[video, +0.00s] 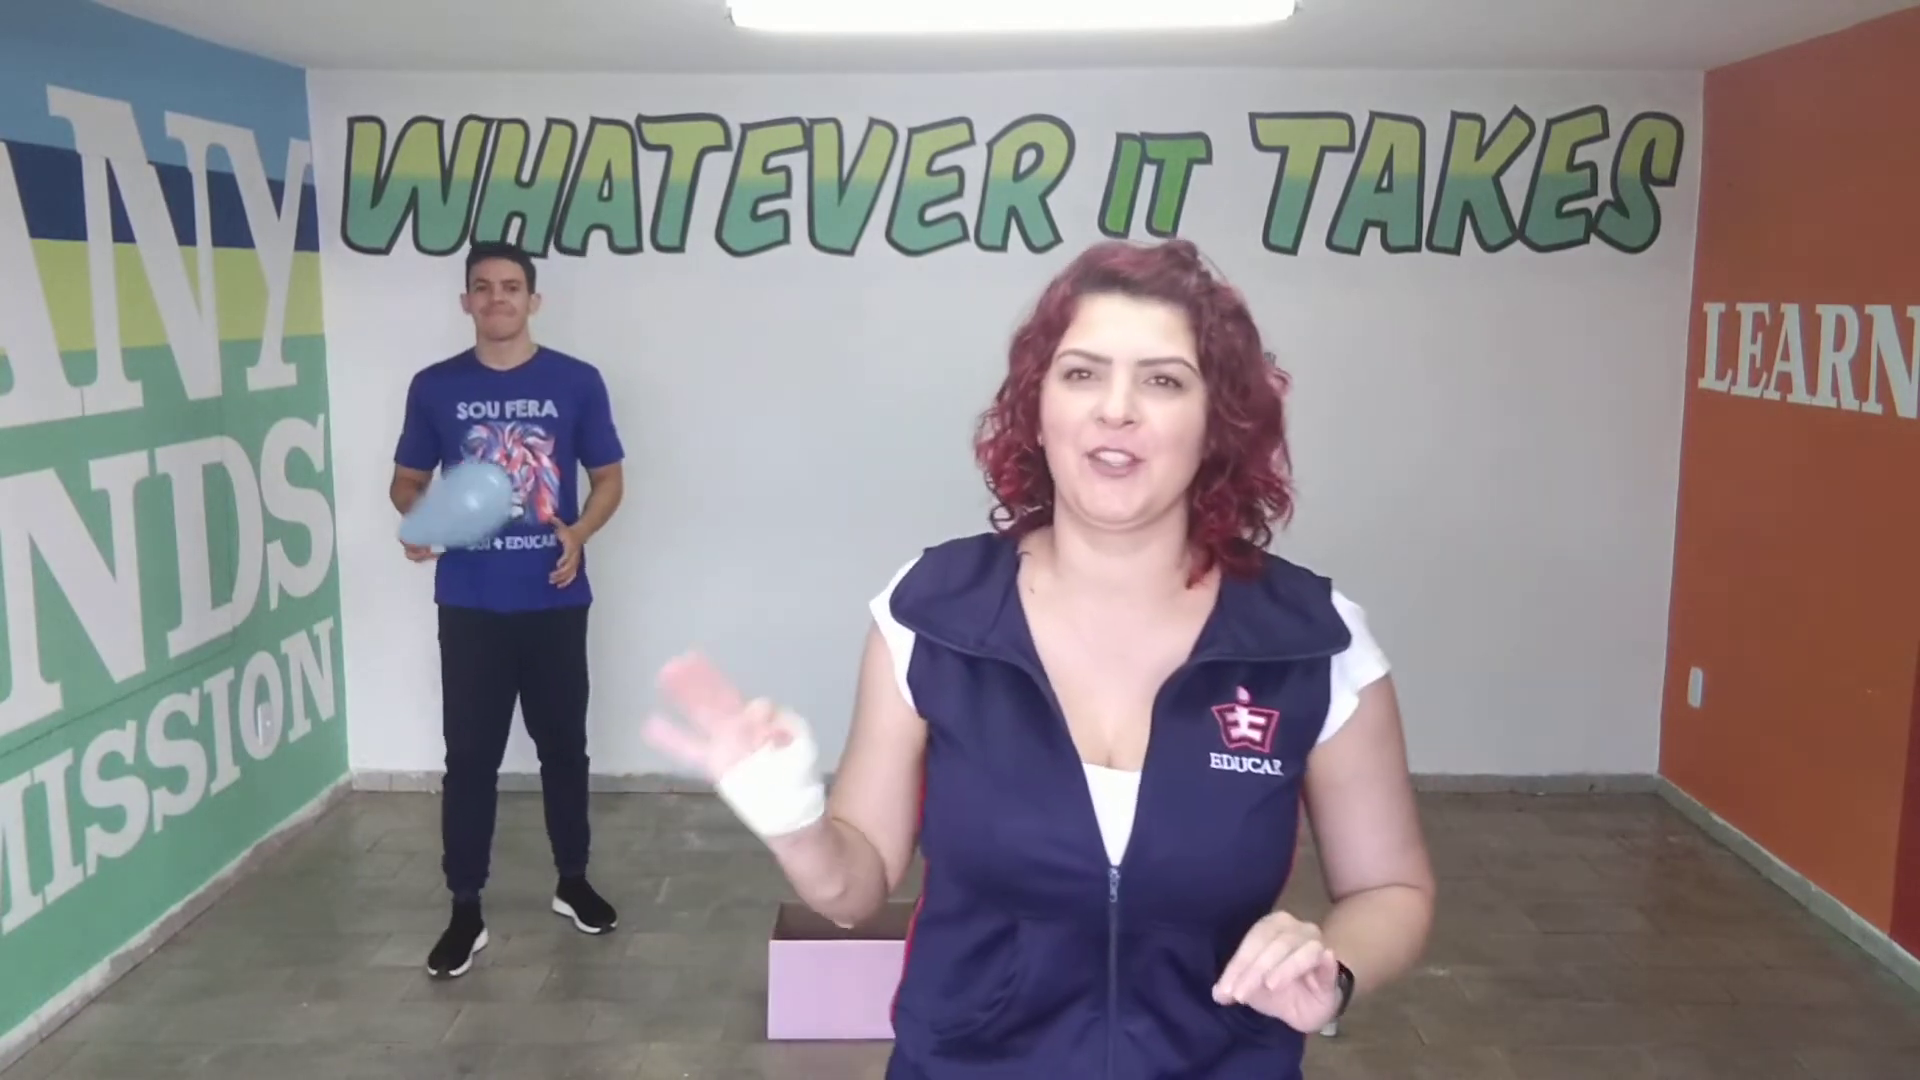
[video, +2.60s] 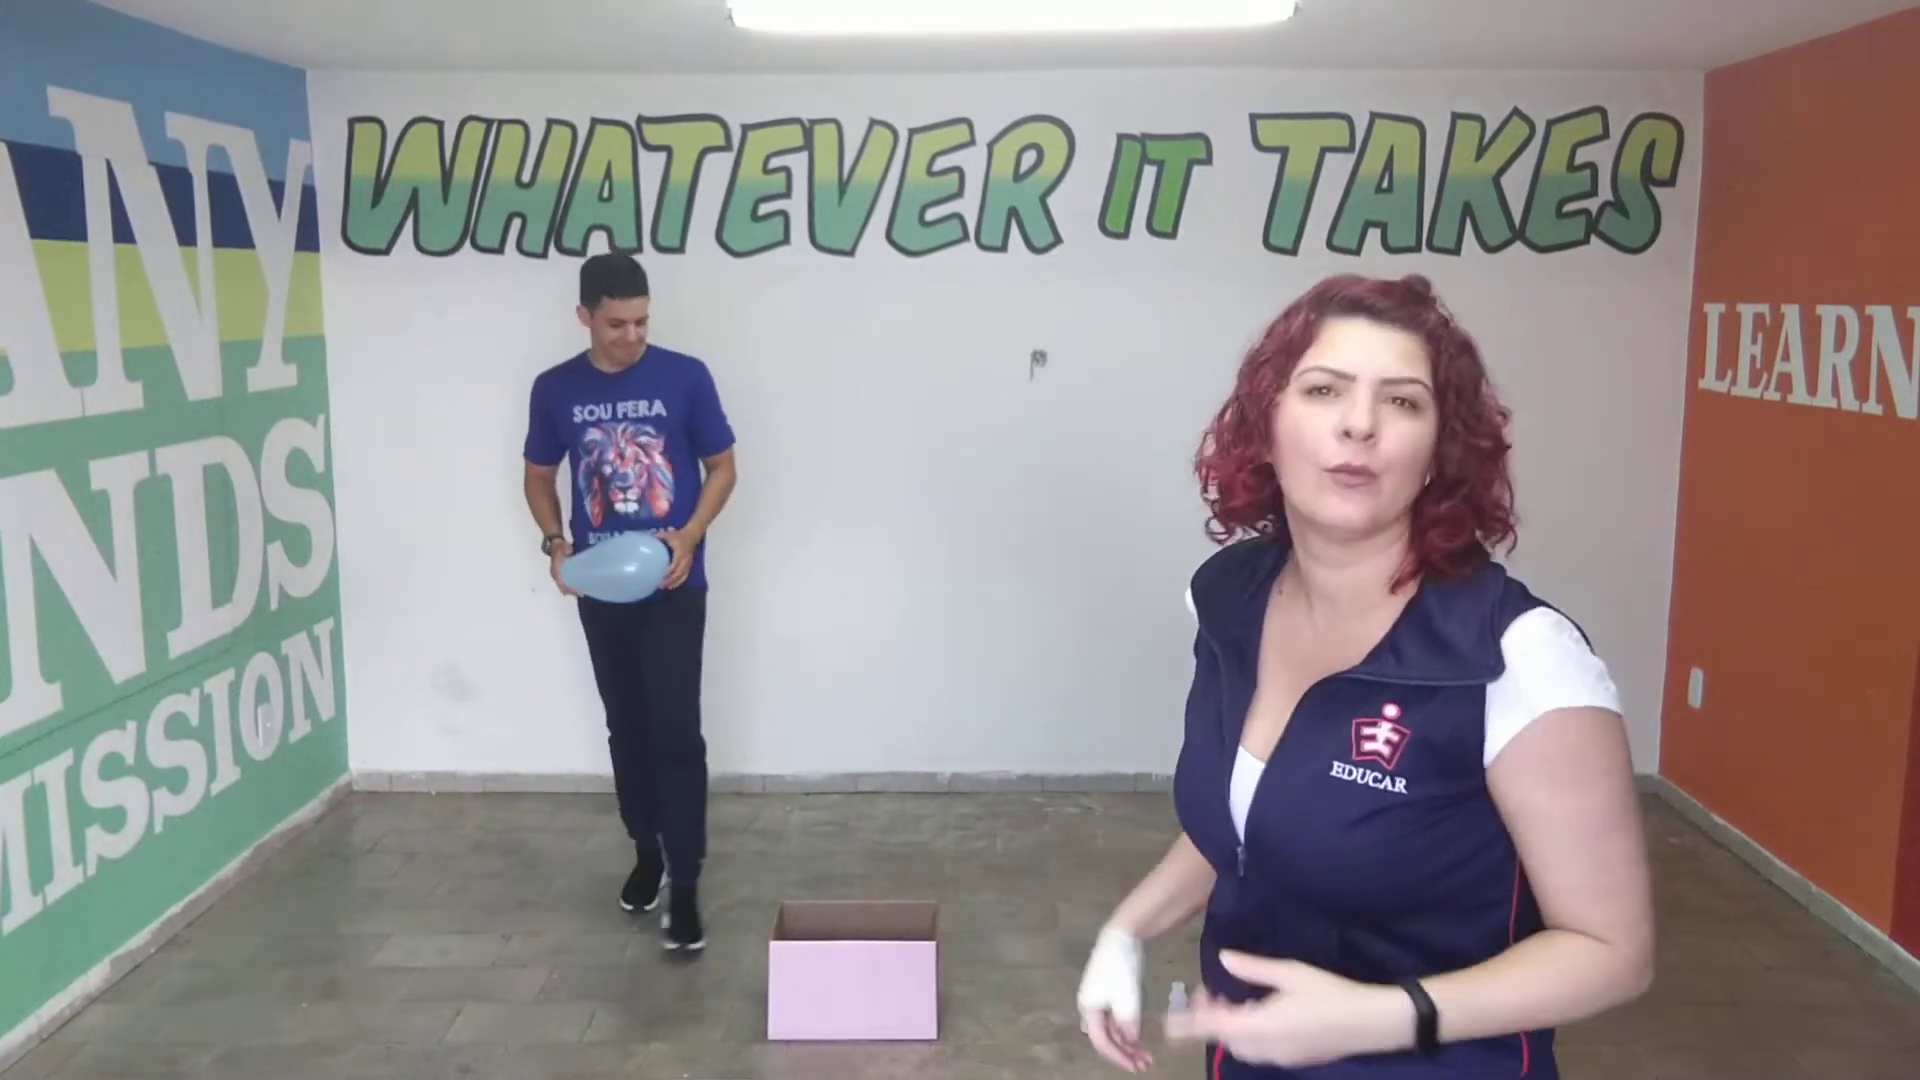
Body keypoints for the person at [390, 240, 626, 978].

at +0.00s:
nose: (495, 299)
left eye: (508, 288)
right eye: (482, 288)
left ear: (532, 299)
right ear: (466, 300)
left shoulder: (576, 383)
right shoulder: (436, 386)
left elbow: (610, 480)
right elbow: (407, 481)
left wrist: (581, 531)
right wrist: (424, 521)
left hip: (554, 607)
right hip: (471, 609)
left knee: (565, 750)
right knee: (469, 761)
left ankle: (572, 881)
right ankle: (465, 911)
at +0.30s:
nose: (459, 302)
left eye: (473, 290)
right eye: (445, 291)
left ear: (496, 300)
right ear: (429, 302)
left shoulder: (544, 383)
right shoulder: (400, 391)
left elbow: (580, 483)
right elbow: (366, 499)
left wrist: (553, 532)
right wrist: (354, 436)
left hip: (532, 608)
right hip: (445, 614)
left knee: (555, 751)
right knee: (453, 765)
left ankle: (572, 881)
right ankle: (464, 913)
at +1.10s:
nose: (527, 328)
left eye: (536, 316)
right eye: (515, 313)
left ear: (542, 316)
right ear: (474, 306)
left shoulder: (564, 389)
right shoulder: (417, 392)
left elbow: (595, 485)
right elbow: (376, 489)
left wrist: (583, 533)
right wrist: (405, 515)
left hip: (553, 618)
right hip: (464, 621)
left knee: (583, 766)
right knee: (467, 774)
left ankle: (610, 919)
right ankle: (466, 915)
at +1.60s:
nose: (630, 347)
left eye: (640, 333)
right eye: (620, 330)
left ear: (646, 327)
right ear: (580, 310)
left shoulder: (657, 397)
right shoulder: (513, 378)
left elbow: (680, 498)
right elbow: (467, 469)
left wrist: (647, 562)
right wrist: (489, 534)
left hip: (616, 616)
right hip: (528, 610)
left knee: (615, 771)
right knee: (499, 763)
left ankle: (612, 920)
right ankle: (476, 908)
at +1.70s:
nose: (642, 347)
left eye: (653, 334)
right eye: (633, 330)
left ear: (660, 328)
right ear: (595, 310)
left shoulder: (671, 397)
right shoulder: (529, 375)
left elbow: (696, 499)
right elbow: (484, 464)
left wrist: (660, 565)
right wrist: (501, 533)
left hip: (623, 615)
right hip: (536, 609)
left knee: (618, 770)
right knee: (519, 758)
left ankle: (612, 922)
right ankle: (521, 900)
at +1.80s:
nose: (652, 345)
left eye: (662, 334)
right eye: (643, 329)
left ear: (668, 327)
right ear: (606, 307)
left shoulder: (679, 399)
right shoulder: (538, 374)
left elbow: (705, 500)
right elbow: (496, 462)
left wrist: (673, 560)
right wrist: (511, 533)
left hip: (628, 615)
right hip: (543, 608)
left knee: (622, 765)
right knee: (533, 751)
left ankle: (612, 917)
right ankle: (583, 863)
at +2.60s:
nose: (631, 335)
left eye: (640, 322)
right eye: (618, 323)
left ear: (650, 313)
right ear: (586, 317)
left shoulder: (684, 378)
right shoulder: (555, 390)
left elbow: (723, 468)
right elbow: (538, 477)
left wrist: (694, 530)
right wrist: (555, 534)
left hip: (674, 582)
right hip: (601, 586)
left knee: (675, 729)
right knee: (625, 728)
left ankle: (685, 884)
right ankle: (646, 851)